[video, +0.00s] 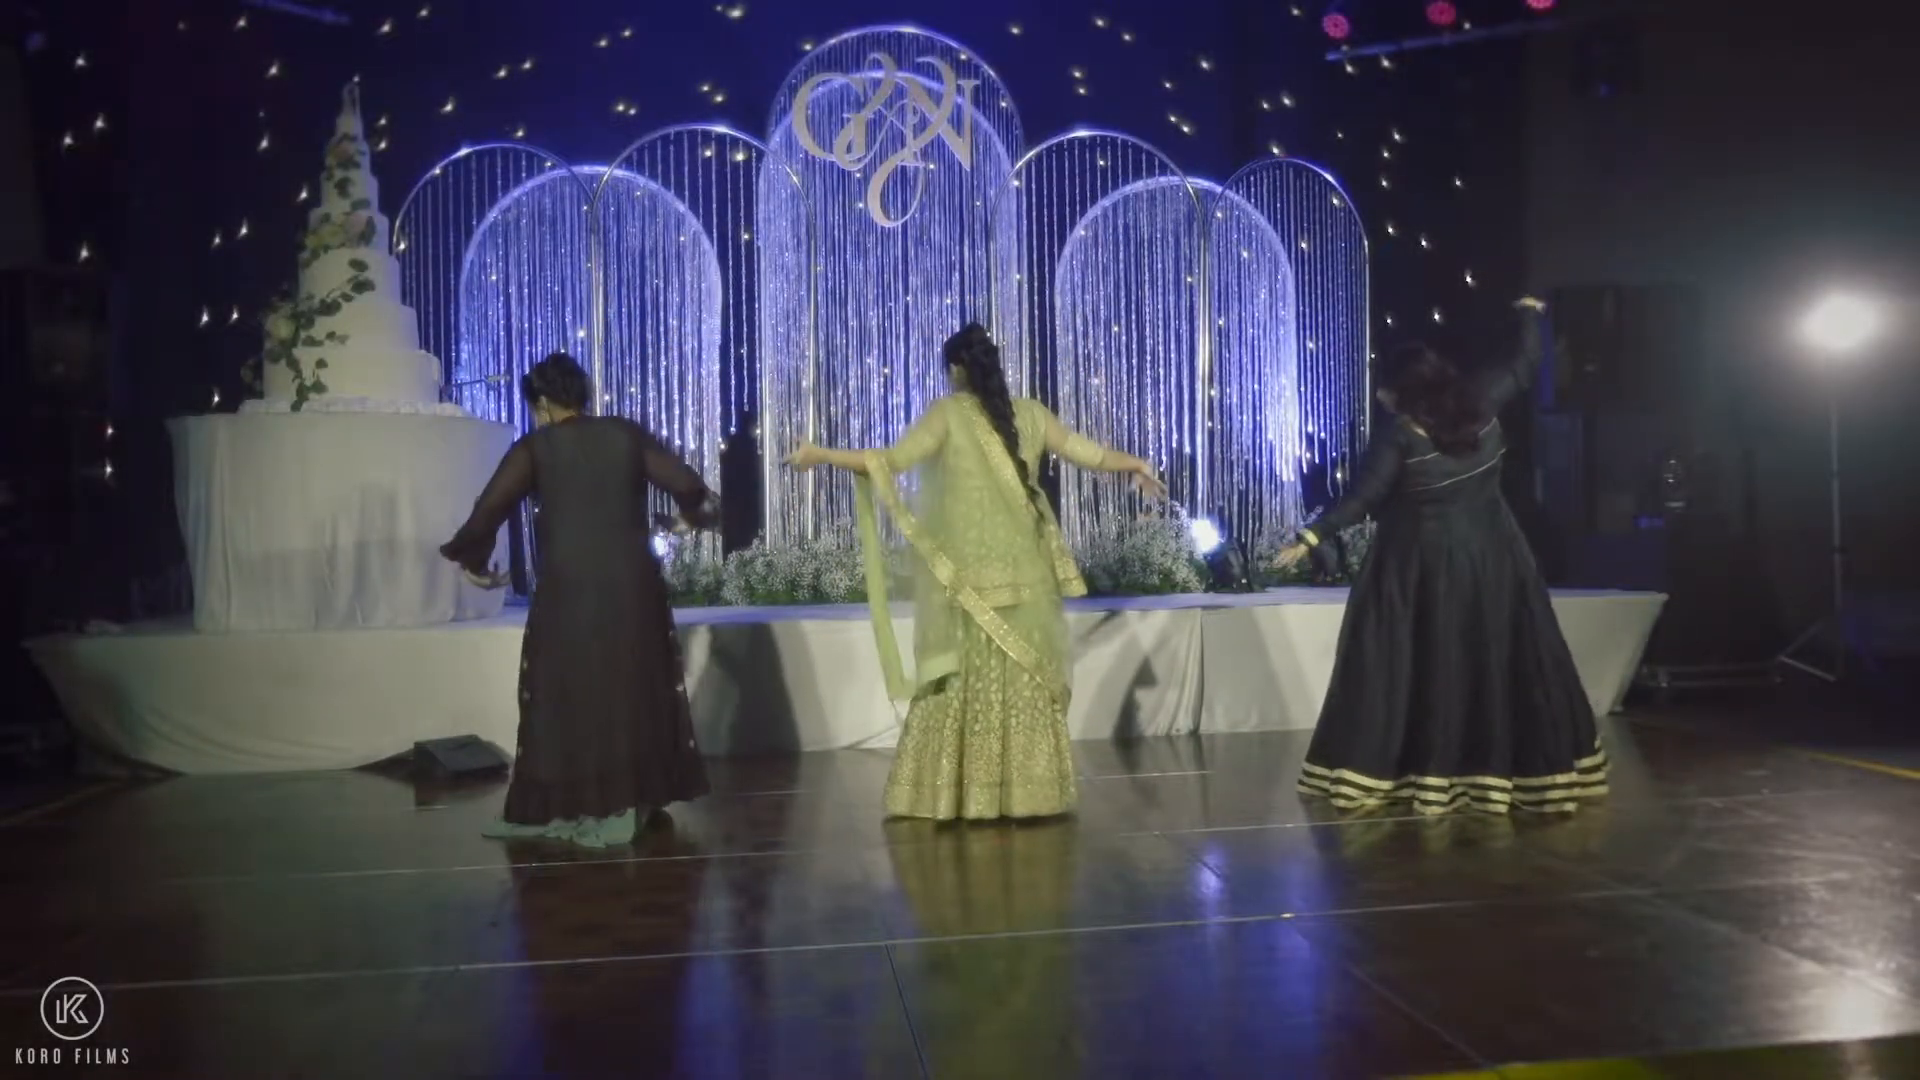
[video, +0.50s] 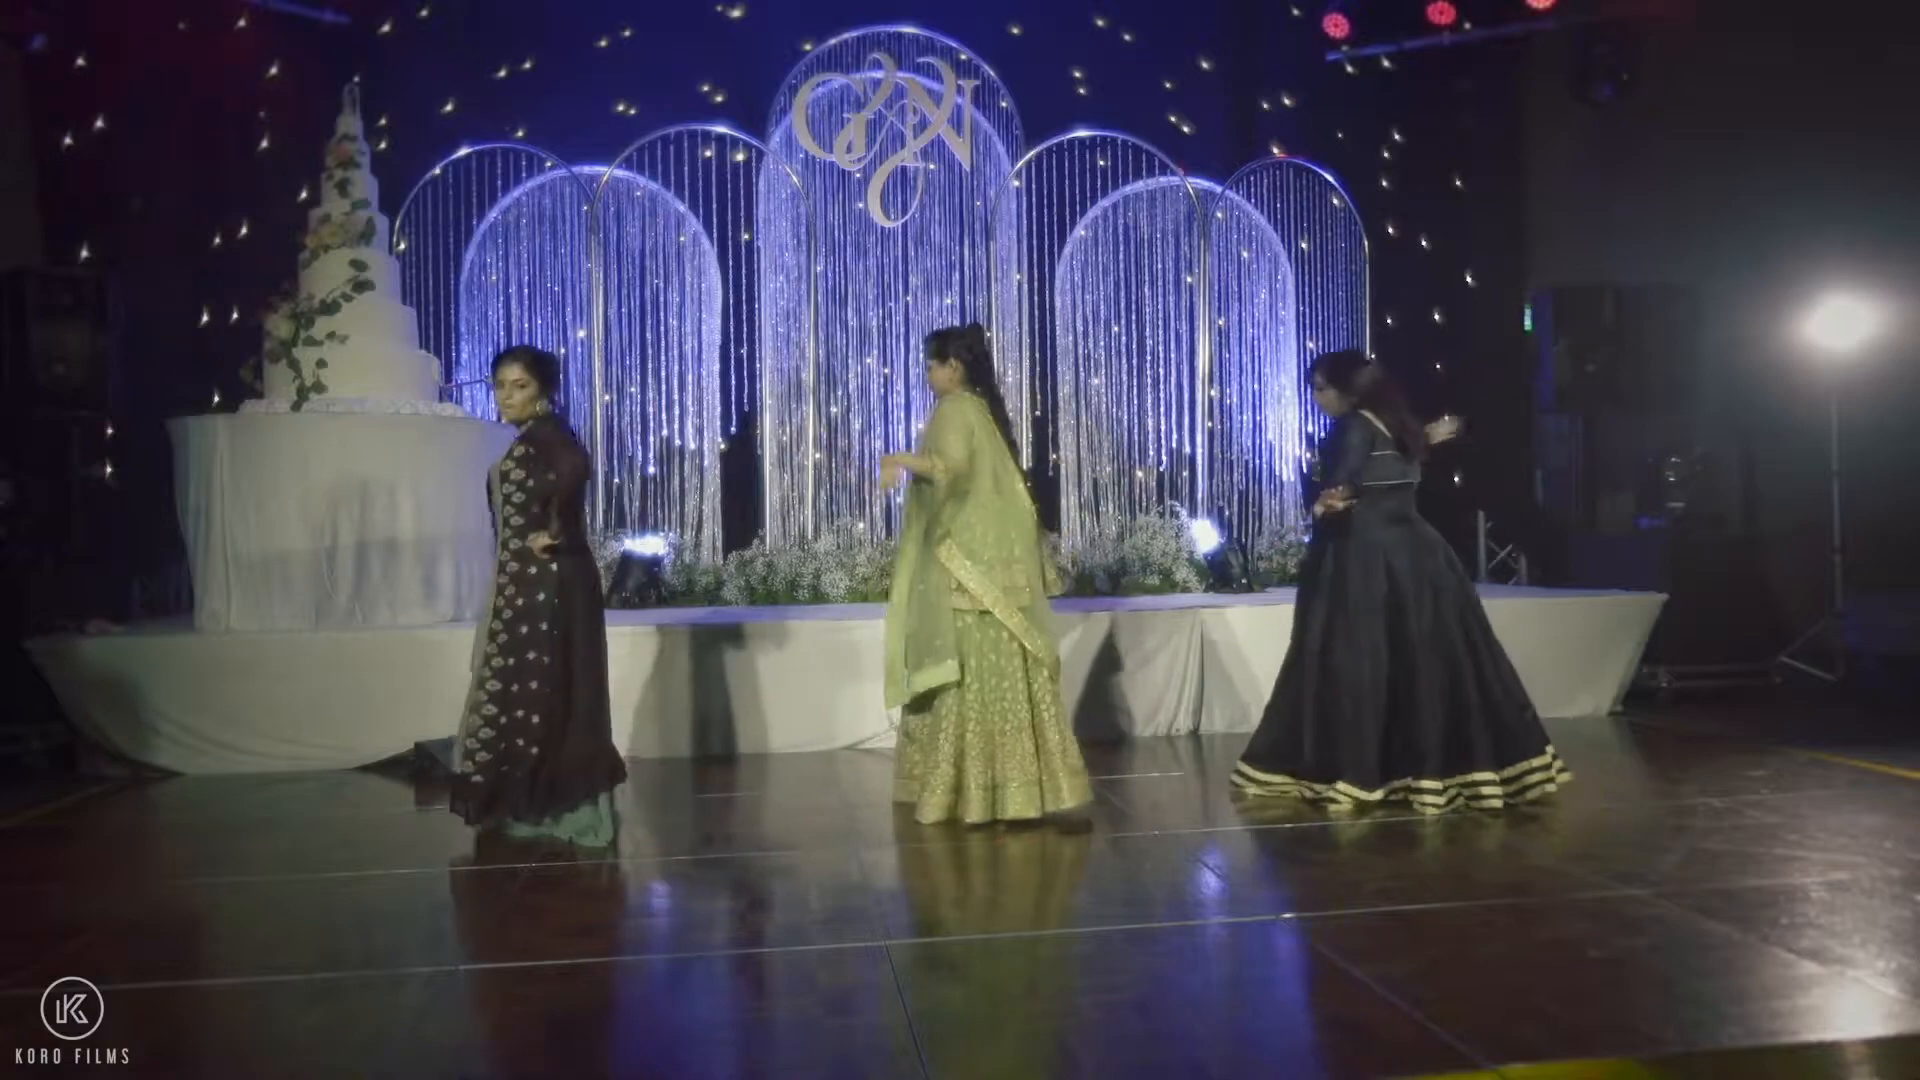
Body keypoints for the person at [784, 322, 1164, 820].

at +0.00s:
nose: (947, 374)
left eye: (947, 368)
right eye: (950, 367)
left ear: (956, 368)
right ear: (993, 365)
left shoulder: (947, 413)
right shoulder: (1031, 414)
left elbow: (889, 461)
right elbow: (1090, 454)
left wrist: (822, 456)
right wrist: (1137, 463)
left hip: (968, 576)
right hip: (1027, 575)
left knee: (968, 688)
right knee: (1029, 685)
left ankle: (967, 795)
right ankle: (1030, 794)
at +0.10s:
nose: (946, 376)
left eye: (947, 368)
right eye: (947, 368)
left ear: (958, 369)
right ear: (991, 366)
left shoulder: (948, 412)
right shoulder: (1029, 413)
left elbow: (894, 457)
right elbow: (1087, 451)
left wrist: (829, 435)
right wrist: (1130, 453)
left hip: (967, 577)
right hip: (1028, 574)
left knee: (966, 688)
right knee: (1029, 686)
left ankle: (967, 796)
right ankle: (1027, 795)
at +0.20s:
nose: (943, 378)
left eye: (945, 370)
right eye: (944, 370)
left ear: (959, 369)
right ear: (988, 367)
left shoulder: (946, 412)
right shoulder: (1024, 416)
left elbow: (908, 462)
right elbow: (1069, 468)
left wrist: (844, 442)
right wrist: (1110, 469)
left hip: (966, 573)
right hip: (1026, 572)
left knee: (968, 686)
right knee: (1029, 683)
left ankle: (970, 796)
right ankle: (1028, 795)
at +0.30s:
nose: (940, 377)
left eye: (942, 369)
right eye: (941, 369)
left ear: (957, 368)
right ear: (985, 367)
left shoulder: (945, 411)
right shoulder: (1018, 416)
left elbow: (919, 469)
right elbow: (1056, 483)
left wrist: (857, 460)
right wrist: (1068, 503)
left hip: (968, 573)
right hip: (1025, 571)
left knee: (967, 686)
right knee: (1028, 682)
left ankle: (971, 795)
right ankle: (1029, 794)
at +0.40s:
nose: (931, 376)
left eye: (934, 368)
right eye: (931, 368)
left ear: (955, 366)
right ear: (970, 366)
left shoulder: (948, 409)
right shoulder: (995, 413)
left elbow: (933, 469)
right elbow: (1031, 486)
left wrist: (869, 469)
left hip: (969, 570)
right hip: (1013, 566)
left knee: (967, 681)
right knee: (1012, 681)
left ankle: (966, 795)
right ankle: (1014, 795)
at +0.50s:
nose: (928, 373)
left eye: (933, 365)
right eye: (929, 365)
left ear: (954, 367)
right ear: (964, 367)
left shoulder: (955, 409)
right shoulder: (976, 409)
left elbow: (950, 465)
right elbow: (962, 469)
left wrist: (903, 463)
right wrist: (914, 463)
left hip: (967, 567)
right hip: (990, 564)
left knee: (969, 676)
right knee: (993, 676)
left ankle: (972, 792)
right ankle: (1001, 791)